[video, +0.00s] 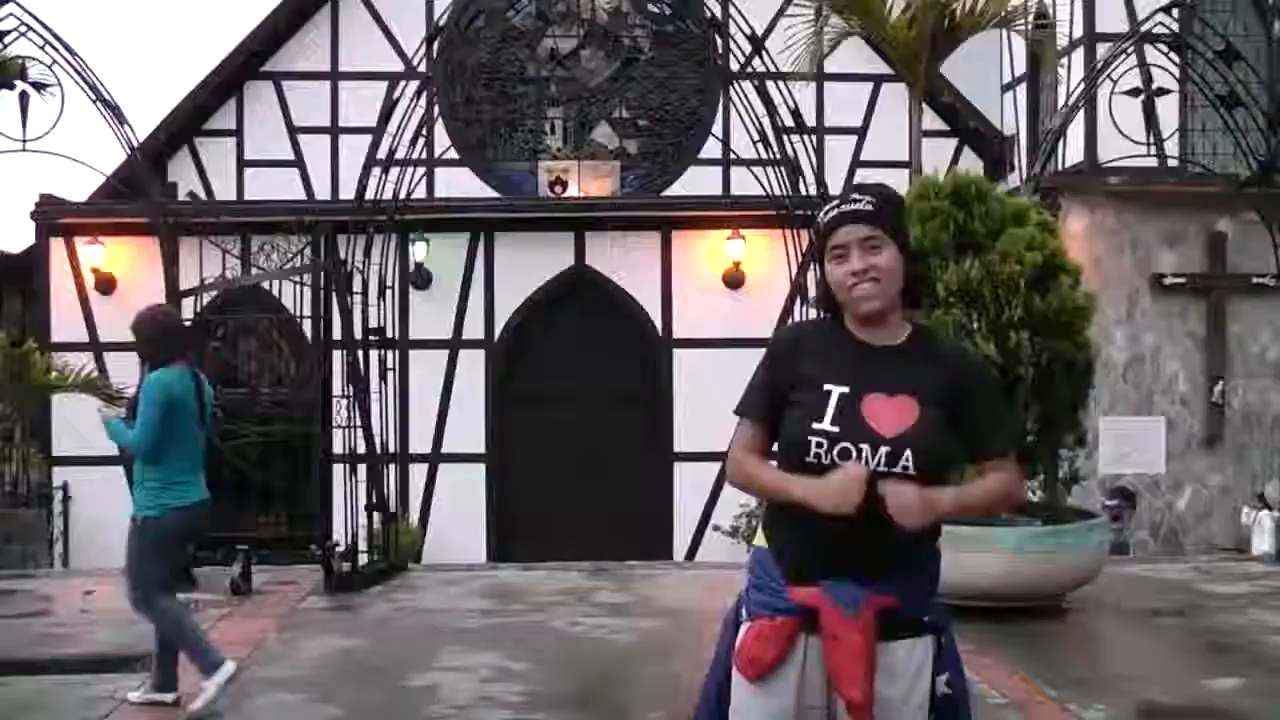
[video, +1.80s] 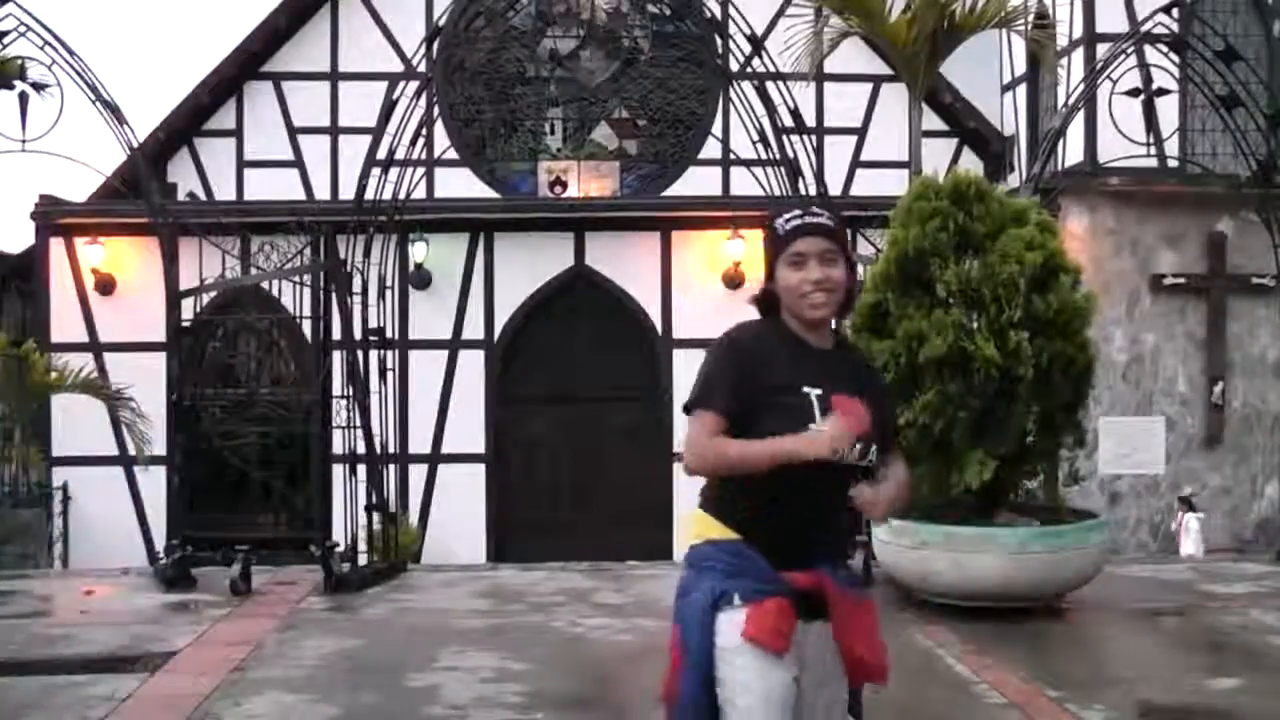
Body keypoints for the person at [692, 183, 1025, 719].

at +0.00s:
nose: (857, 266)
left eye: (873, 248)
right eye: (840, 255)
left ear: (905, 260)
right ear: (825, 274)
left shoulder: (954, 368)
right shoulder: (794, 349)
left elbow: (1008, 484)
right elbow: (740, 461)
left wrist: (937, 502)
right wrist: (810, 490)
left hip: (899, 622)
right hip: (784, 613)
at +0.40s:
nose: (806, 264)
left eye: (821, 246)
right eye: (788, 252)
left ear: (851, 260)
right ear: (770, 272)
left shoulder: (902, 357)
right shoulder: (743, 358)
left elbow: (968, 464)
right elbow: (691, 477)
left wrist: (882, 513)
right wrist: (740, 474)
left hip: (872, 613)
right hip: (761, 613)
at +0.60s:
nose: (741, 267)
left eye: (755, 250)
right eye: (720, 254)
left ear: (779, 263)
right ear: (697, 273)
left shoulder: (834, 356)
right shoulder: (669, 372)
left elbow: (889, 452)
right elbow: (640, 499)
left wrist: (857, 497)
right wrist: (737, 491)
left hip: (827, 623)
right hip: (711, 630)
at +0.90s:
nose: (685, 273)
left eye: (697, 255)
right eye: (663, 261)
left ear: (718, 262)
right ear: (638, 279)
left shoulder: (757, 338)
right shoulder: (623, 382)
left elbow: (832, 425)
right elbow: (589, 514)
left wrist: (808, 460)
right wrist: (682, 551)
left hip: (777, 610)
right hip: (680, 624)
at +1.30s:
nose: (711, 266)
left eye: (722, 249)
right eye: (690, 256)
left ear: (742, 259)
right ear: (665, 277)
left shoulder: (783, 346)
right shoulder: (642, 371)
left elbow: (834, 437)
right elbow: (622, 494)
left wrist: (815, 492)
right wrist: (740, 494)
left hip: (777, 596)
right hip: (681, 604)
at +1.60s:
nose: (787, 277)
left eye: (799, 260)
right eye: (767, 265)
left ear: (819, 272)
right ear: (742, 283)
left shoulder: (846, 367)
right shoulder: (715, 364)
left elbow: (887, 479)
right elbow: (667, 475)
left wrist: (886, 465)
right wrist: (767, 507)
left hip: (816, 582)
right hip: (726, 585)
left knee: (824, 710)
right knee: (729, 710)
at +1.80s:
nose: (817, 276)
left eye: (829, 261)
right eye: (798, 263)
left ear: (848, 274)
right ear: (772, 280)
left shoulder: (858, 368)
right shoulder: (742, 348)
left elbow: (893, 463)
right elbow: (698, 452)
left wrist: (885, 493)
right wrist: (803, 445)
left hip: (829, 574)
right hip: (742, 570)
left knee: (832, 709)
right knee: (757, 707)